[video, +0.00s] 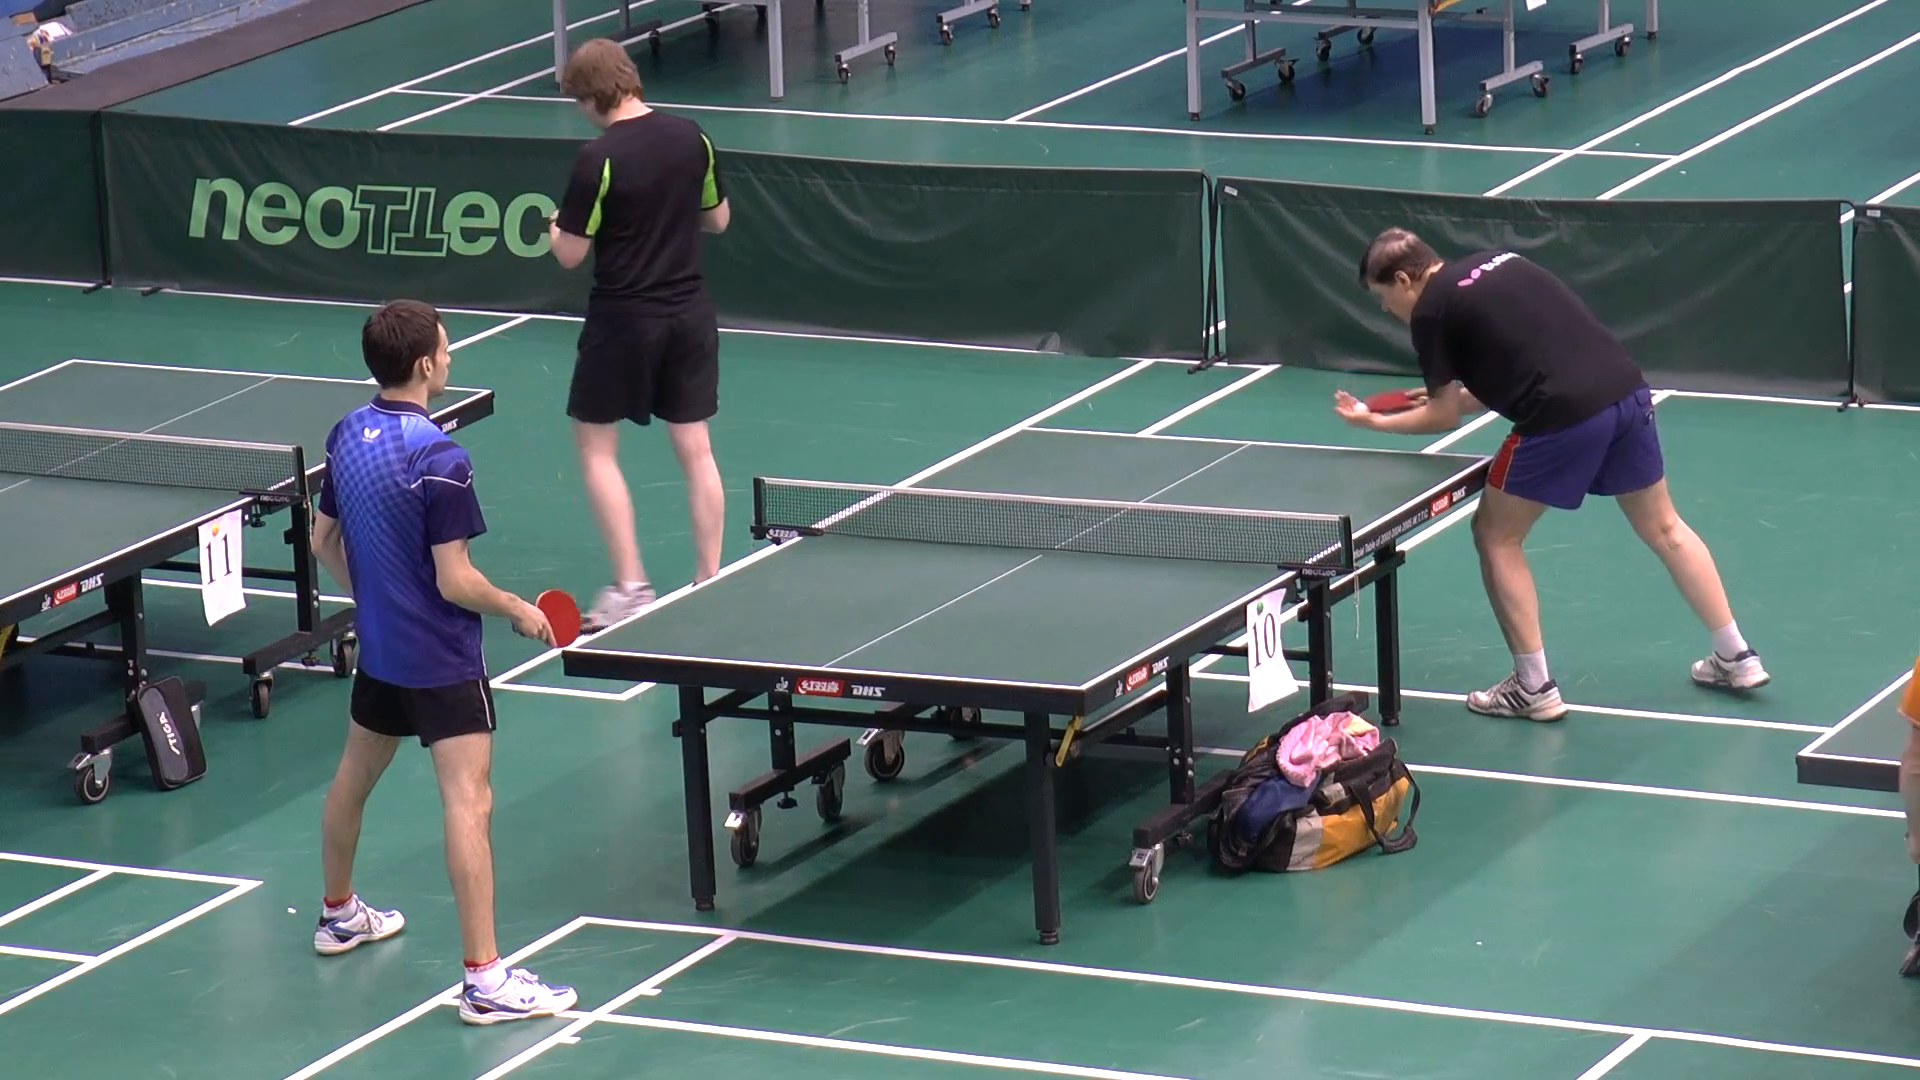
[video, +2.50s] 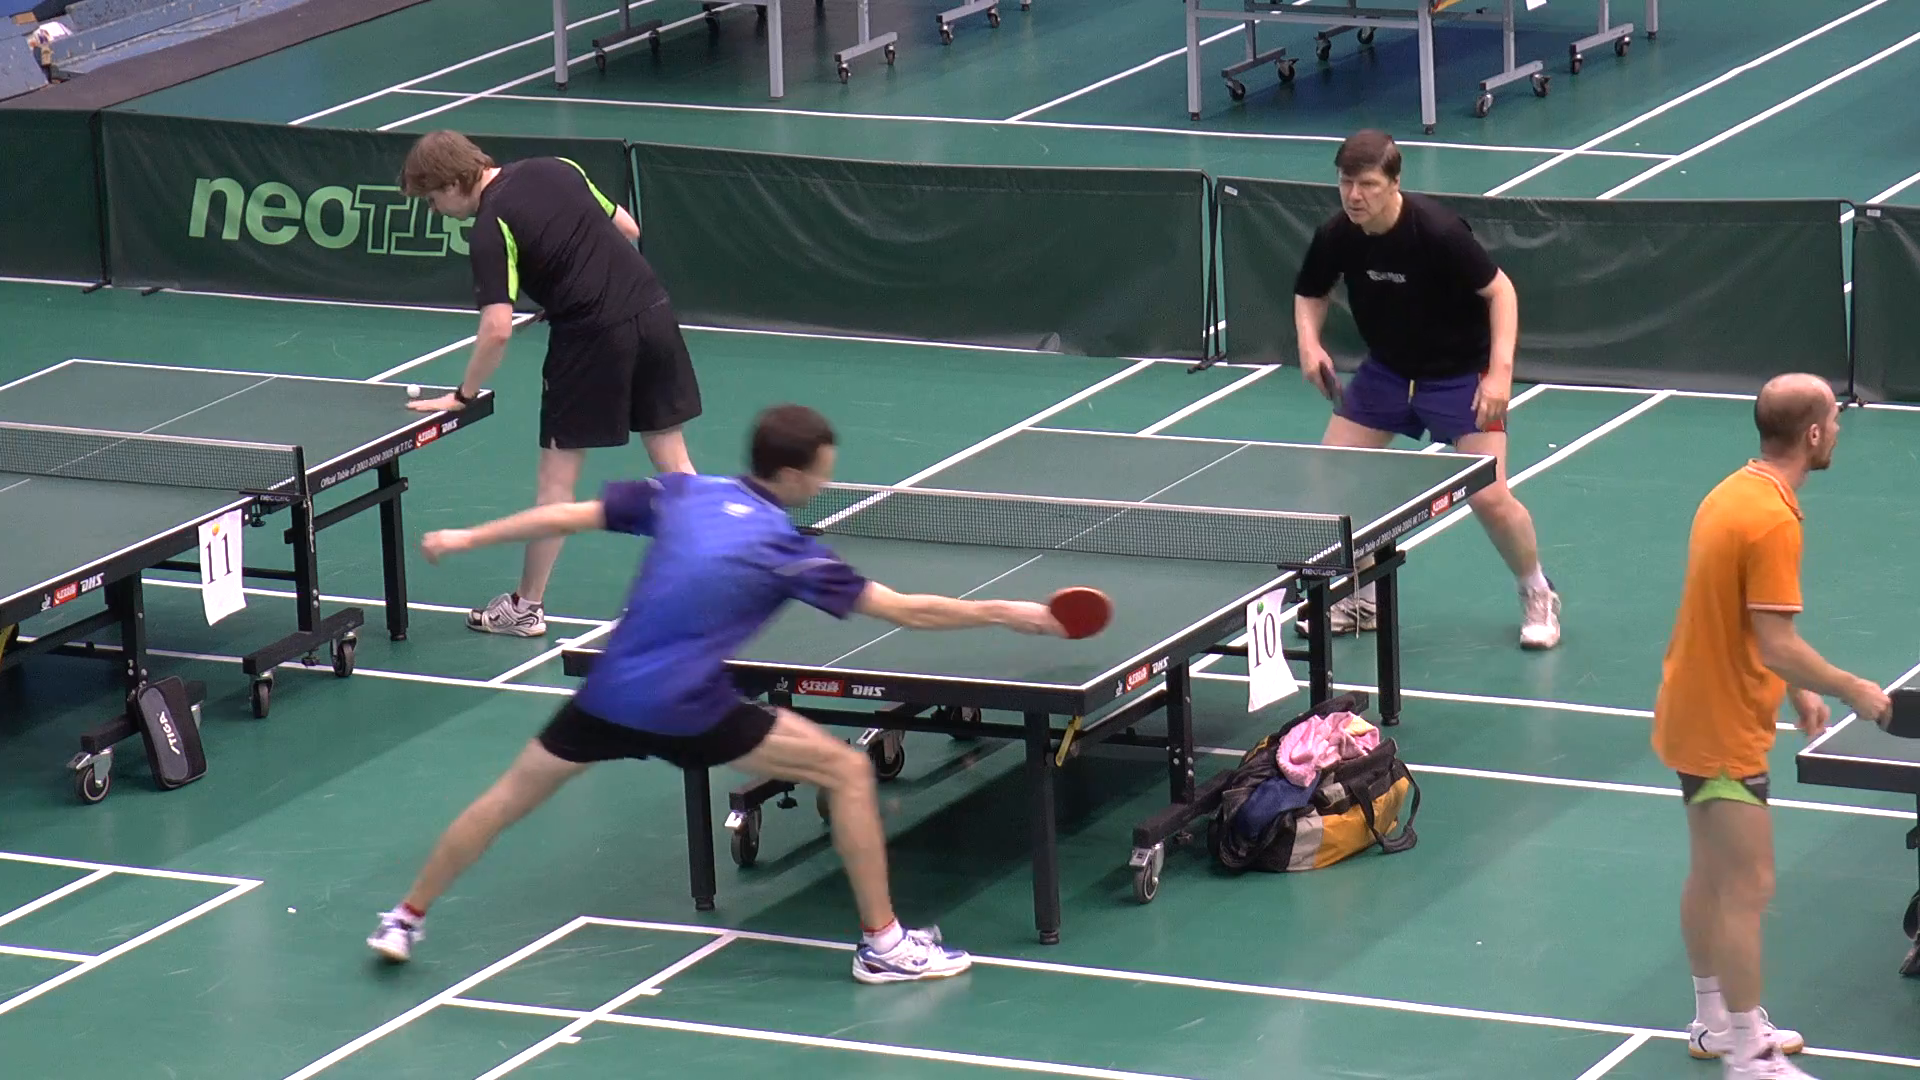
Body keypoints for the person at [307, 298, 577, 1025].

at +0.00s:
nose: (449, 355)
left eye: (445, 345)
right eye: (445, 347)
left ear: (378, 365)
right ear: (428, 363)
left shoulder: (348, 432)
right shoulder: (440, 454)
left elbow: (325, 541)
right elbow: (454, 578)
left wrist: (376, 595)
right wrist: (519, 609)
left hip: (380, 652)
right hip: (441, 660)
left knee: (353, 779)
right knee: (469, 803)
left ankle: (339, 912)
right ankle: (485, 975)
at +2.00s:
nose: (524, 418)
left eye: (524, 406)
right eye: (521, 406)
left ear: (458, 402)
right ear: (493, 410)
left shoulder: (404, 460)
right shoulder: (481, 490)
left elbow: (357, 562)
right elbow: (525, 609)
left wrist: (424, 595)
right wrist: (613, 623)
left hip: (408, 676)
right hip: (469, 686)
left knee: (416, 778)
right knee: (572, 808)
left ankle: (346, 926)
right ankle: (495, 966)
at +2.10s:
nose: (530, 440)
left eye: (530, 428)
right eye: (525, 428)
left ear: (467, 425)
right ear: (495, 430)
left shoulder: (412, 481)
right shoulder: (488, 513)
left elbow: (376, 573)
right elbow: (550, 617)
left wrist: (467, 598)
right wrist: (657, 638)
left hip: (418, 693)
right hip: (481, 699)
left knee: (418, 794)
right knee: (619, 786)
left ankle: (339, 934)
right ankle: (535, 936)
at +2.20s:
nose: (568, 456)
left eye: (568, 444)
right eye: (563, 445)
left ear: (512, 442)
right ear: (525, 445)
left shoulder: (451, 488)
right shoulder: (528, 525)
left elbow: (404, 553)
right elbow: (620, 608)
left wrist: (496, 581)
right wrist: (735, 621)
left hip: (438, 702)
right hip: (503, 706)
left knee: (421, 802)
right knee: (658, 769)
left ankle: (340, 933)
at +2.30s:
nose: (647, 457)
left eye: (647, 444)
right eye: (639, 446)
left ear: (576, 442)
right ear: (597, 445)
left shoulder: (513, 479)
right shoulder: (594, 521)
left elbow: (437, 524)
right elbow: (707, 589)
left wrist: (496, 546)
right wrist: (829, 600)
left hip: (479, 700)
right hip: (552, 703)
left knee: (426, 805)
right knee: (708, 767)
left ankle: (339, 935)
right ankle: (784, 927)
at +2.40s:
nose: (737, 469)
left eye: (739, 456)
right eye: (732, 457)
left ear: (669, 442)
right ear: (693, 450)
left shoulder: (596, 472)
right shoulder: (695, 523)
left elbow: (497, 503)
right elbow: (810, 594)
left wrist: (442, 526)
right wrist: (920, 600)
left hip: (544, 688)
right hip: (622, 697)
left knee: (458, 793)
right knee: (766, 779)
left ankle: (359, 924)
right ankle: (859, 938)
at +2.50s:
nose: (830, 477)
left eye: (827, 464)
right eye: (825, 466)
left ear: (757, 460)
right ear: (795, 471)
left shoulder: (680, 491)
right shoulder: (790, 546)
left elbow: (562, 515)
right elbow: (905, 611)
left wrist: (467, 537)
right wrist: (1005, 614)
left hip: (604, 694)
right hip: (688, 708)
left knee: (508, 795)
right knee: (847, 769)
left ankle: (402, 919)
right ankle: (885, 939)